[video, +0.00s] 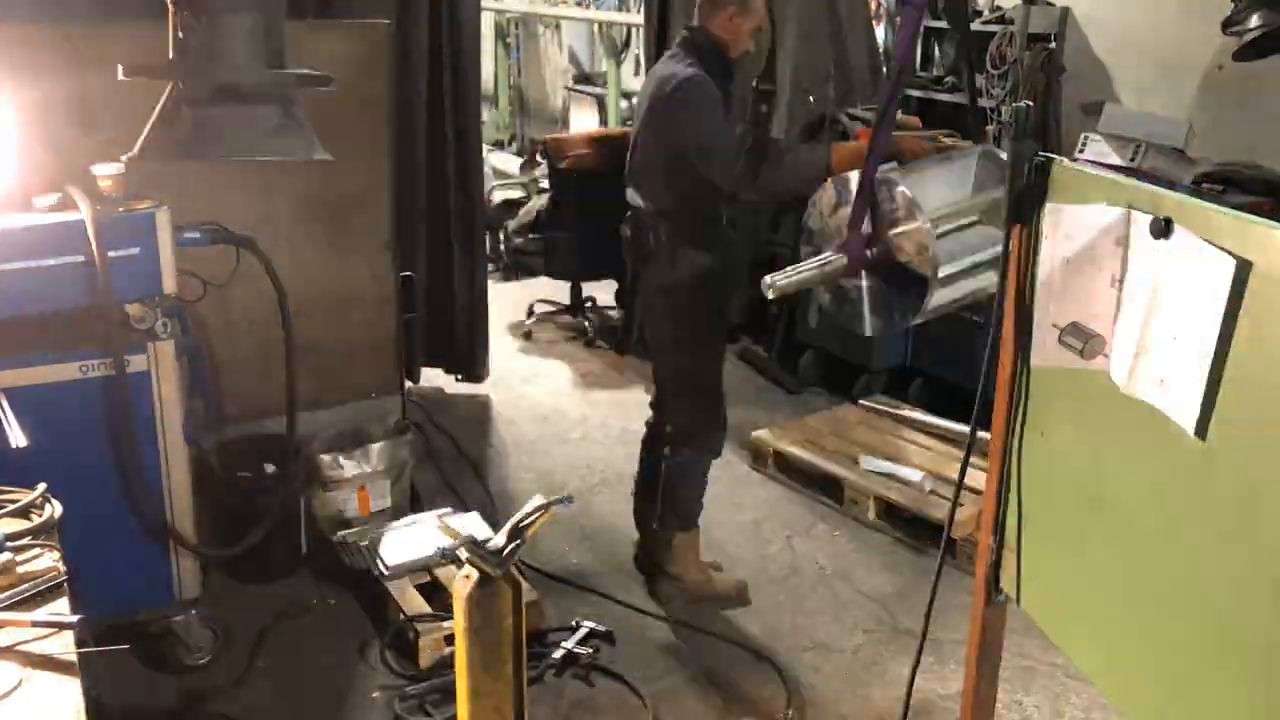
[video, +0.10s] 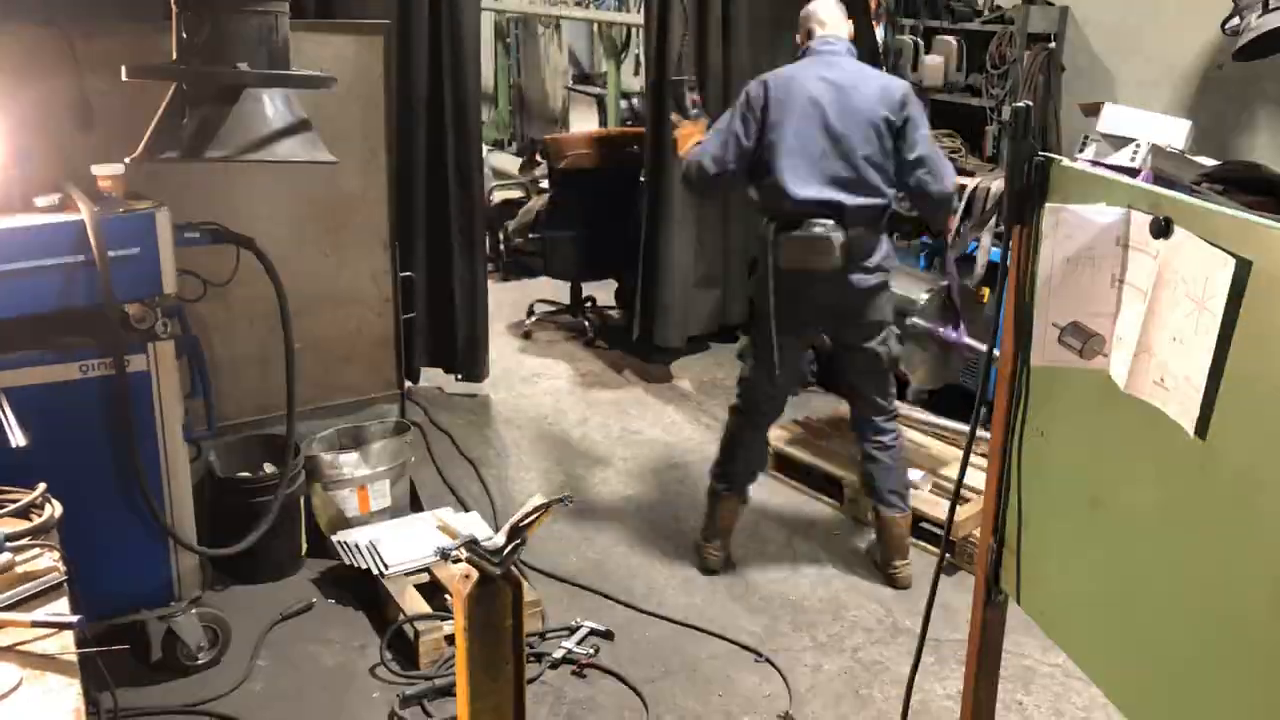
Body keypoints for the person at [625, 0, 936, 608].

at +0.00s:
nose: (754, 40)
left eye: (757, 29)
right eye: (753, 26)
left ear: (715, 17)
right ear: (725, 17)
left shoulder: (678, 78)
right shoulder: (688, 87)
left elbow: (748, 163)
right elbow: (749, 171)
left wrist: (851, 154)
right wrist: (859, 154)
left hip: (674, 278)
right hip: (685, 285)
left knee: (672, 416)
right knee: (697, 427)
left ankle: (655, 545)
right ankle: (682, 569)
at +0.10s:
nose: (798, 44)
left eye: (798, 36)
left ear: (801, 40)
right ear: (853, 37)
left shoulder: (770, 88)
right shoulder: (894, 92)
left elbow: (706, 168)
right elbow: (936, 188)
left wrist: (695, 144)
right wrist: (939, 220)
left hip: (788, 262)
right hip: (864, 264)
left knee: (759, 400)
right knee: (877, 410)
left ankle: (715, 539)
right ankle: (896, 555)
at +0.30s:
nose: (911, 36)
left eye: (915, 22)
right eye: (895, 22)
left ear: (914, 25)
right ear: (855, 29)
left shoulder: (870, 101)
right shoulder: (848, 113)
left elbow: (901, 190)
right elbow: (914, 210)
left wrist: (965, 193)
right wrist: (1000, 196)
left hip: (859, 315)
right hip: (839, 321)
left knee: (852, 451)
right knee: (825, 492)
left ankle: (823, 561)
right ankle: (779, 660)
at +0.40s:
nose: (941, 22)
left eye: (944, 9)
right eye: (925, 8)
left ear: (946, 16)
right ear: (882, 13)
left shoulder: (953, 102)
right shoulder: (834, 104)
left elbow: (980, 213)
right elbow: (823, 221)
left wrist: (986, 172)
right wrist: (916, 229)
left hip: (918, 304)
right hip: (847, 301)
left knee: (890, 450)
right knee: (838, 457)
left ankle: (858, 587)